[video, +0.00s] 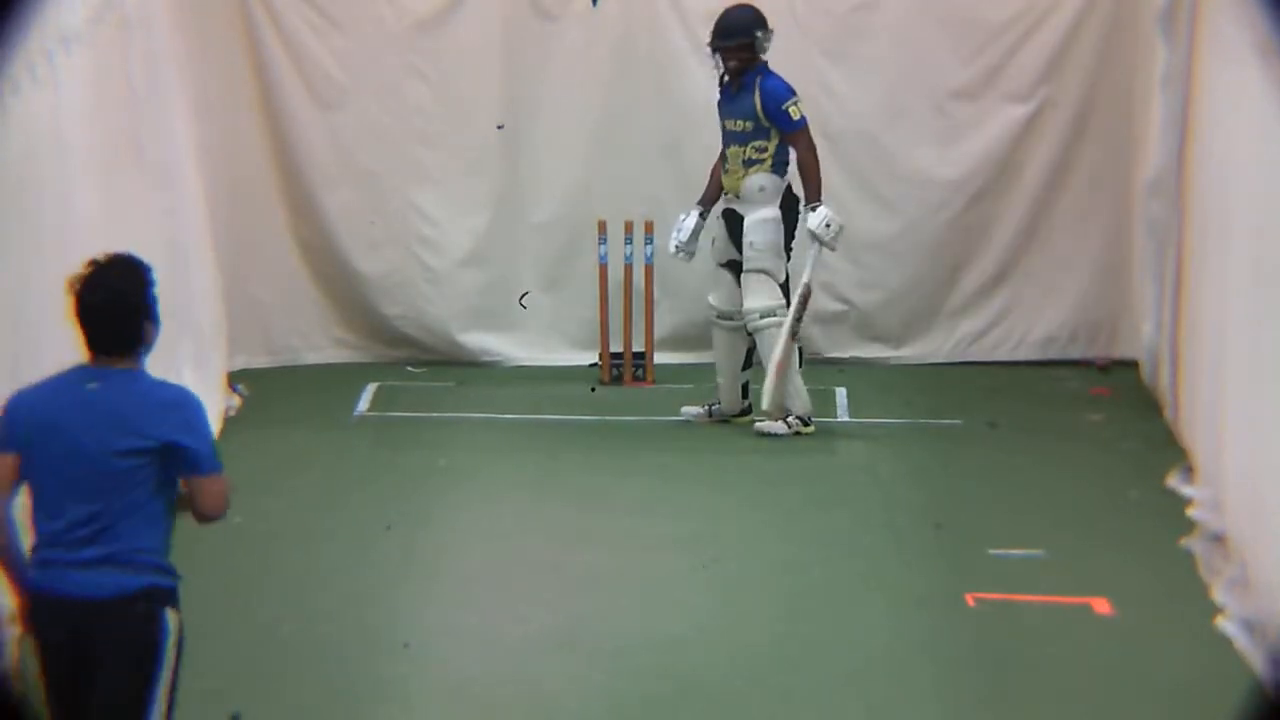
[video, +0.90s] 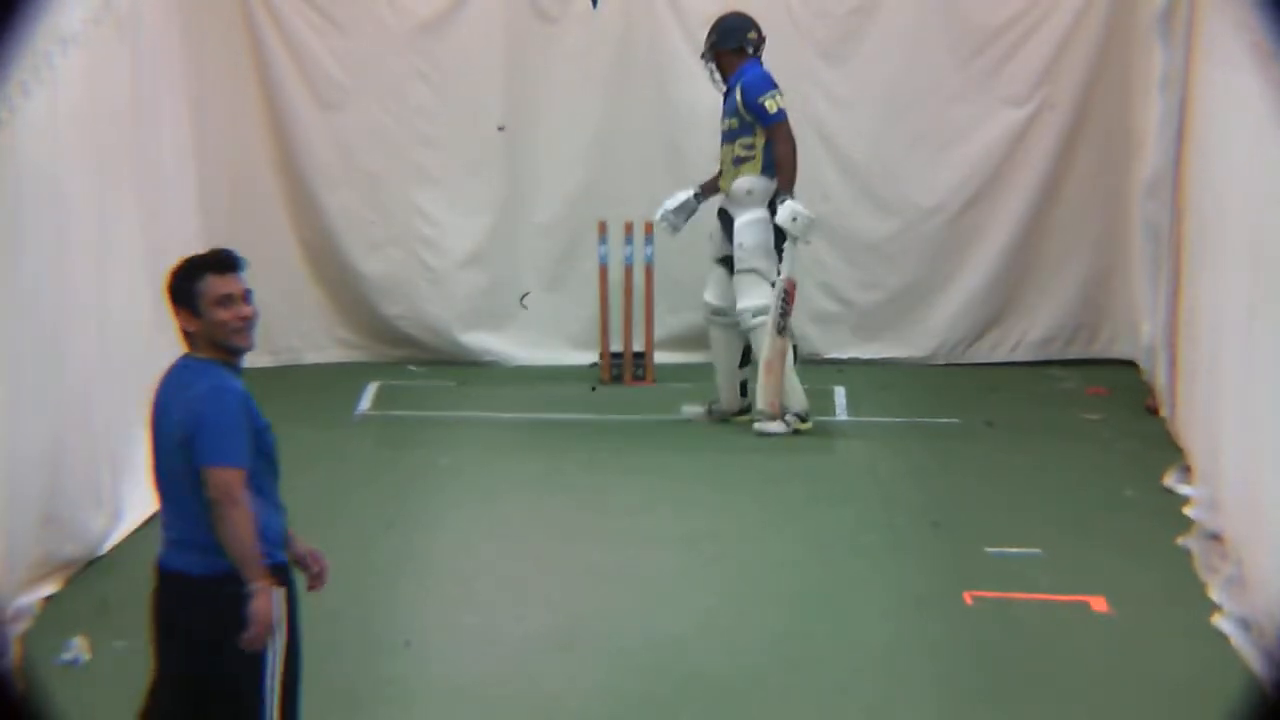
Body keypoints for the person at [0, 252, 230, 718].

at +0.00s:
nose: (157, 323)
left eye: (154, 310)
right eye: (155, 312)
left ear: (84, 323)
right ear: (147, 327)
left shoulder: (28, 406)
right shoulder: (173, 405)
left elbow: (2, 504)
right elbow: (211, 505)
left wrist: (23, 588)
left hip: (54, 610)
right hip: (138, 611)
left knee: (68, 710)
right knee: (138, 710)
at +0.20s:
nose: (175, 323)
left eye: (169, 310)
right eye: (158, 314)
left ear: (110, 331)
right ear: (111, 330)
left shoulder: (55, 411)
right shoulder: (158, 406)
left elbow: (37, 516)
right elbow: (184, 509)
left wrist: (48, 598)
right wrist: (202, 531)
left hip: (76, 616)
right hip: (147, 615)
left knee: (95, 710)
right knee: (183, 709)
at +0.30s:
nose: (169, 311)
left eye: (168, 298)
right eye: (151, 301)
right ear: (106, 318)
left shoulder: (83, 391)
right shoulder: (150, 396)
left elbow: (88, 497)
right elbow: (175, 502)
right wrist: (218, 551)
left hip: (87, 597)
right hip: (152, 596)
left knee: (104, 710)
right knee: (208, 708)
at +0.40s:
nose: (170, 308)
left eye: (172, 295)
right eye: (150, 298)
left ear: (178, 297)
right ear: (110, 315)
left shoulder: (107, 381)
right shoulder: (139, 388)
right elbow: (170, 496)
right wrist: (234, 552)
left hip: (106, 591)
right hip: (154, 592)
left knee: (113, 708)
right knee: (206, 709)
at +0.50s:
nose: (176, 310)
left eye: (179, 297)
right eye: (157, 299)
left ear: (187, 300)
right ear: (119, 316)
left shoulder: (143, 379)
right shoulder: (139, 388)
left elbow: (176, 478)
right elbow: (164, 495)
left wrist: (226, 512)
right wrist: (237, 558)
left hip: (120, 587)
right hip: (156, 590)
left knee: (119, 709)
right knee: (193, 709)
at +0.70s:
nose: (206, 307)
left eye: (210, 294)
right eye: (187, 297)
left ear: (219, 299)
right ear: (152, 314)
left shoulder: (180, 376)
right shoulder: (168, 384)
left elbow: (225, 468)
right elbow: (175, 490)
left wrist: (300, 515)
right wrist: (214, 576)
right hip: (166, 587)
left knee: (140, 705)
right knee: (194, 706)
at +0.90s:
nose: (245, 312)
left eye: (246, 298)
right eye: (226, 304)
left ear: (254, 298)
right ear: (188, 319)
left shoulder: (180, 382)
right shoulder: (220, 393)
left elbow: (225, 487)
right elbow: (226, 497)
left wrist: (288, 545)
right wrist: (260, 584)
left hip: (185, 584)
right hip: (236, 589)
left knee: (179, 704)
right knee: (258, 708)